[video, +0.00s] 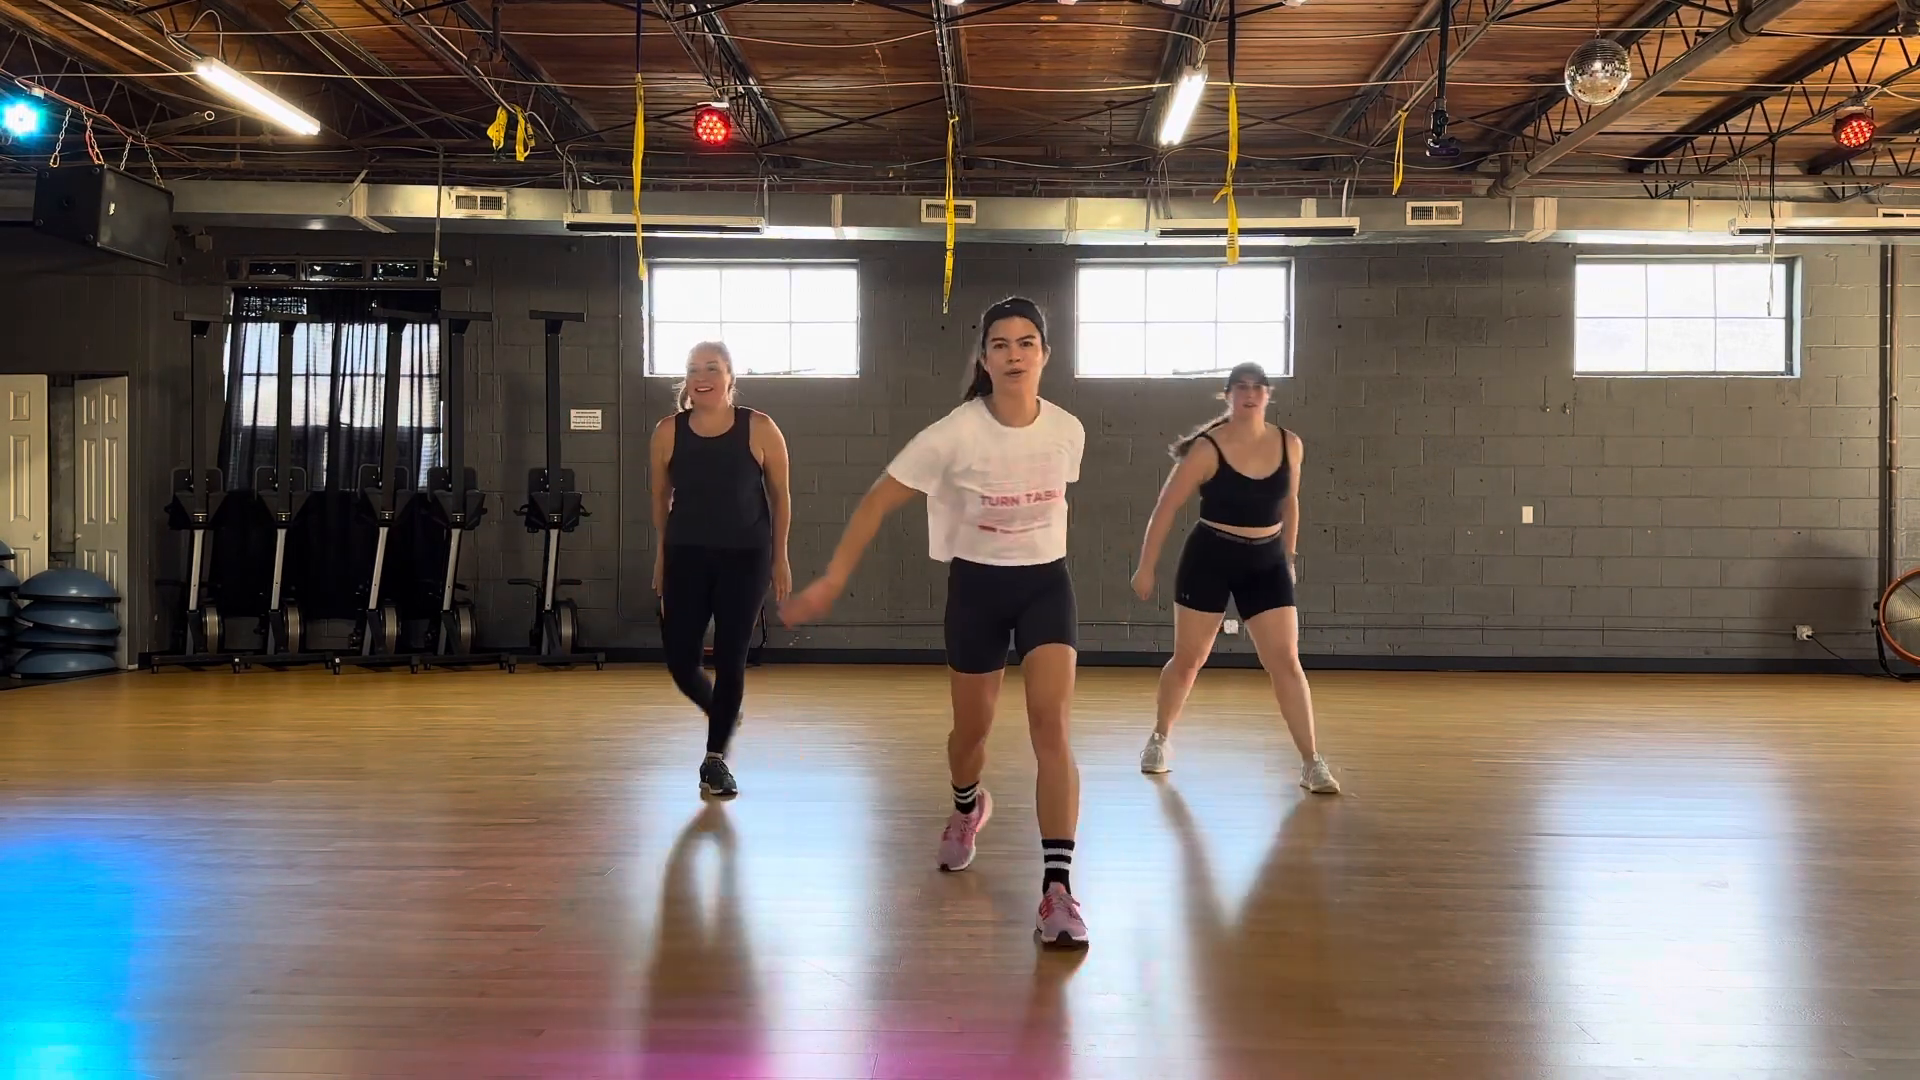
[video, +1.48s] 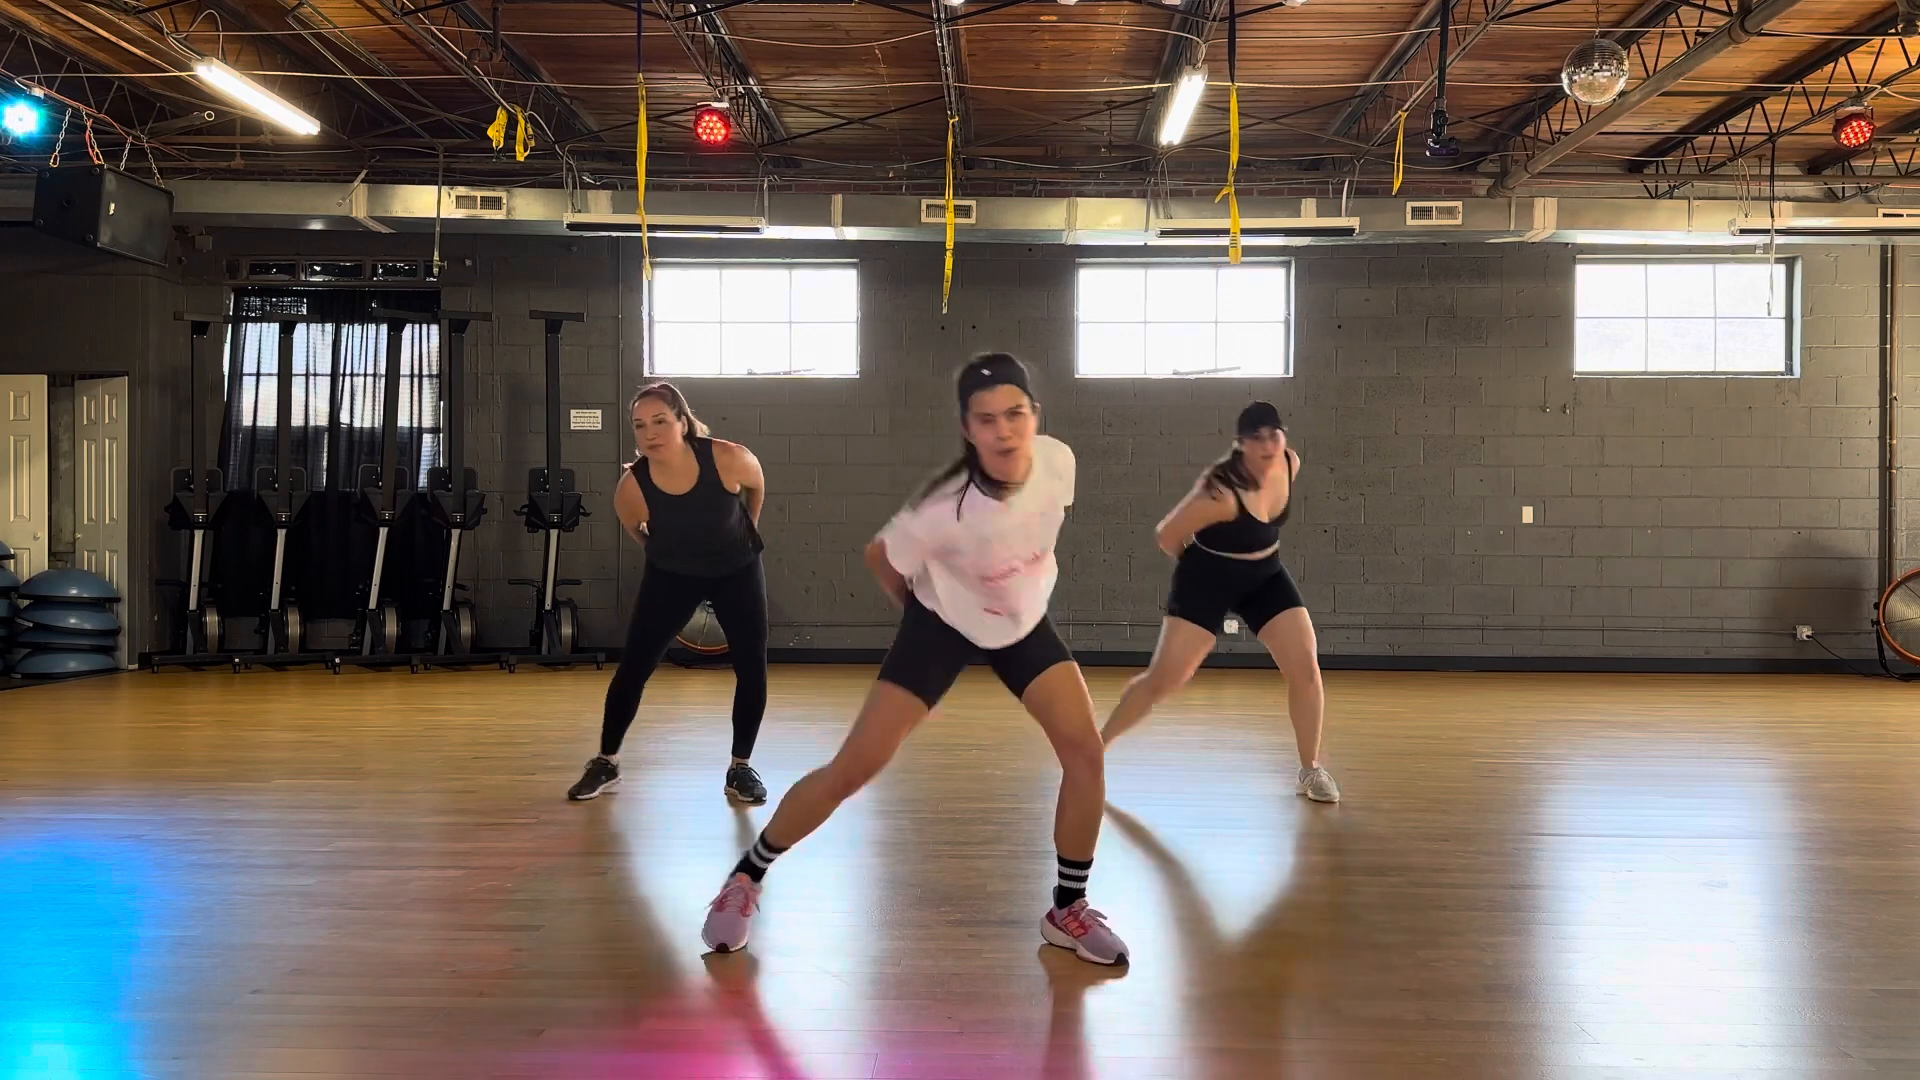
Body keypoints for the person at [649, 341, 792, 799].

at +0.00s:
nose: (700, 377)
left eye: (711, 369)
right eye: (694, 370)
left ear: (731, 379)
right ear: (685, 380)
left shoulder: (760, 429)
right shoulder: (667, 434)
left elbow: (780, 498)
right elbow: (660, 502)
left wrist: (781, 558)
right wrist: (661, 562)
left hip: (745, 561)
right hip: (686, 560)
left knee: (730, 660)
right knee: (681, 664)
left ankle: (715, 758)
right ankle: (722, 709)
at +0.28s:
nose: (691, 371)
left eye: (700, 362)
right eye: (682, 364)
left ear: (718, 369)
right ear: (673, 374)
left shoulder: (750, 417)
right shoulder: (657, 425)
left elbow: (766, 485)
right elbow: (638, 488)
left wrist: (761, 542)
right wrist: (653, 544)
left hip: (732, 556)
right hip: (671, 555)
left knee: (727, 659)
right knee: (659, 656)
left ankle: (716, 758)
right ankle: (655, 751)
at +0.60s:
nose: (667, 404)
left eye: (678, 395)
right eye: (660, 397)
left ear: (701, 403)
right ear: (653, 408)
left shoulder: (739, 442)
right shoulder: (644, 469)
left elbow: (769, 495)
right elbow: (655, 530)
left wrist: (772, 551)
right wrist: (683, 559)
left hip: (743, 570)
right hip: (682, 574)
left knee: (762, 670)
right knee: (636, 668)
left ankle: (748, 761)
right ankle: (640, 742)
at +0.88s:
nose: (622, 416)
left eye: (636, 408)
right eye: (616, 406)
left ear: (660, 416)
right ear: (609, 411)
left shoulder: (682, 468)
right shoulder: (604, 455)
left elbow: (734, 508)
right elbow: (634, 506)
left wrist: (739, 556)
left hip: (706, 569)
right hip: (651, 568)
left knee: (727, 667)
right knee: (612, 660)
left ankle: (790, 752)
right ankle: (626, 764)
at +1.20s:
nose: (653, 418)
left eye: (664, 408)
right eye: (644, 411)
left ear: (687, 413)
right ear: (637, 419)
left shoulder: (726, 463)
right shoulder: (617, 468)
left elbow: (732, 503)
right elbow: (619, 502)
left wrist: (706, 533)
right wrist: (654, 520)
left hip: (701, 558)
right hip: (635, 558)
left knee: (720, 654)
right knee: (613, 658)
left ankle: (738, 760)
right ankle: (600, 758)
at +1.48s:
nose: (650, 431)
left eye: (660, 420)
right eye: (640, 424)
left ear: (683, 423)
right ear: (633, 432)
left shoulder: (732, 459)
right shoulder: (630, 492)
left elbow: (756, 487)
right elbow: (642, 535)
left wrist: (746, 531)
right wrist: (671, 551)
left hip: (736, 568)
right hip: (670, 572)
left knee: (752, 668)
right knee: (635, 665)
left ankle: (741, 766)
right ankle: (606, 762)